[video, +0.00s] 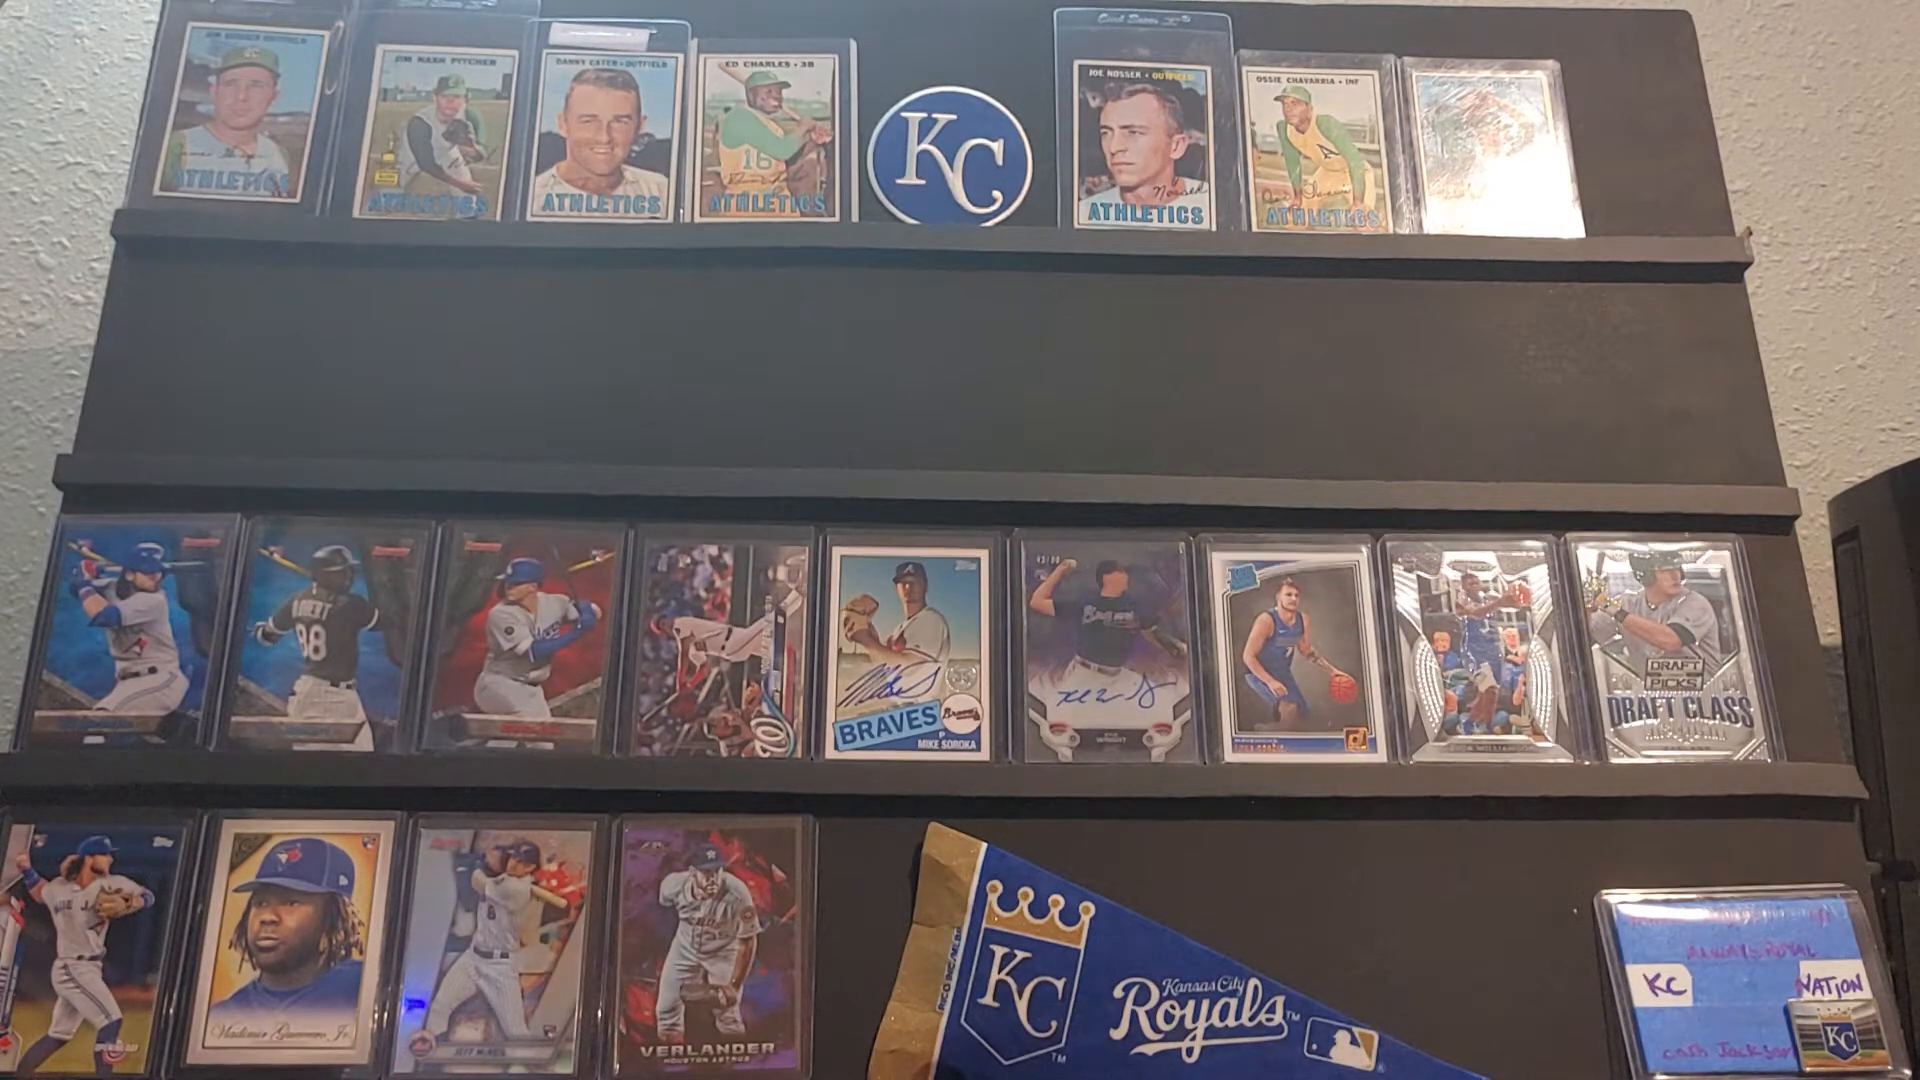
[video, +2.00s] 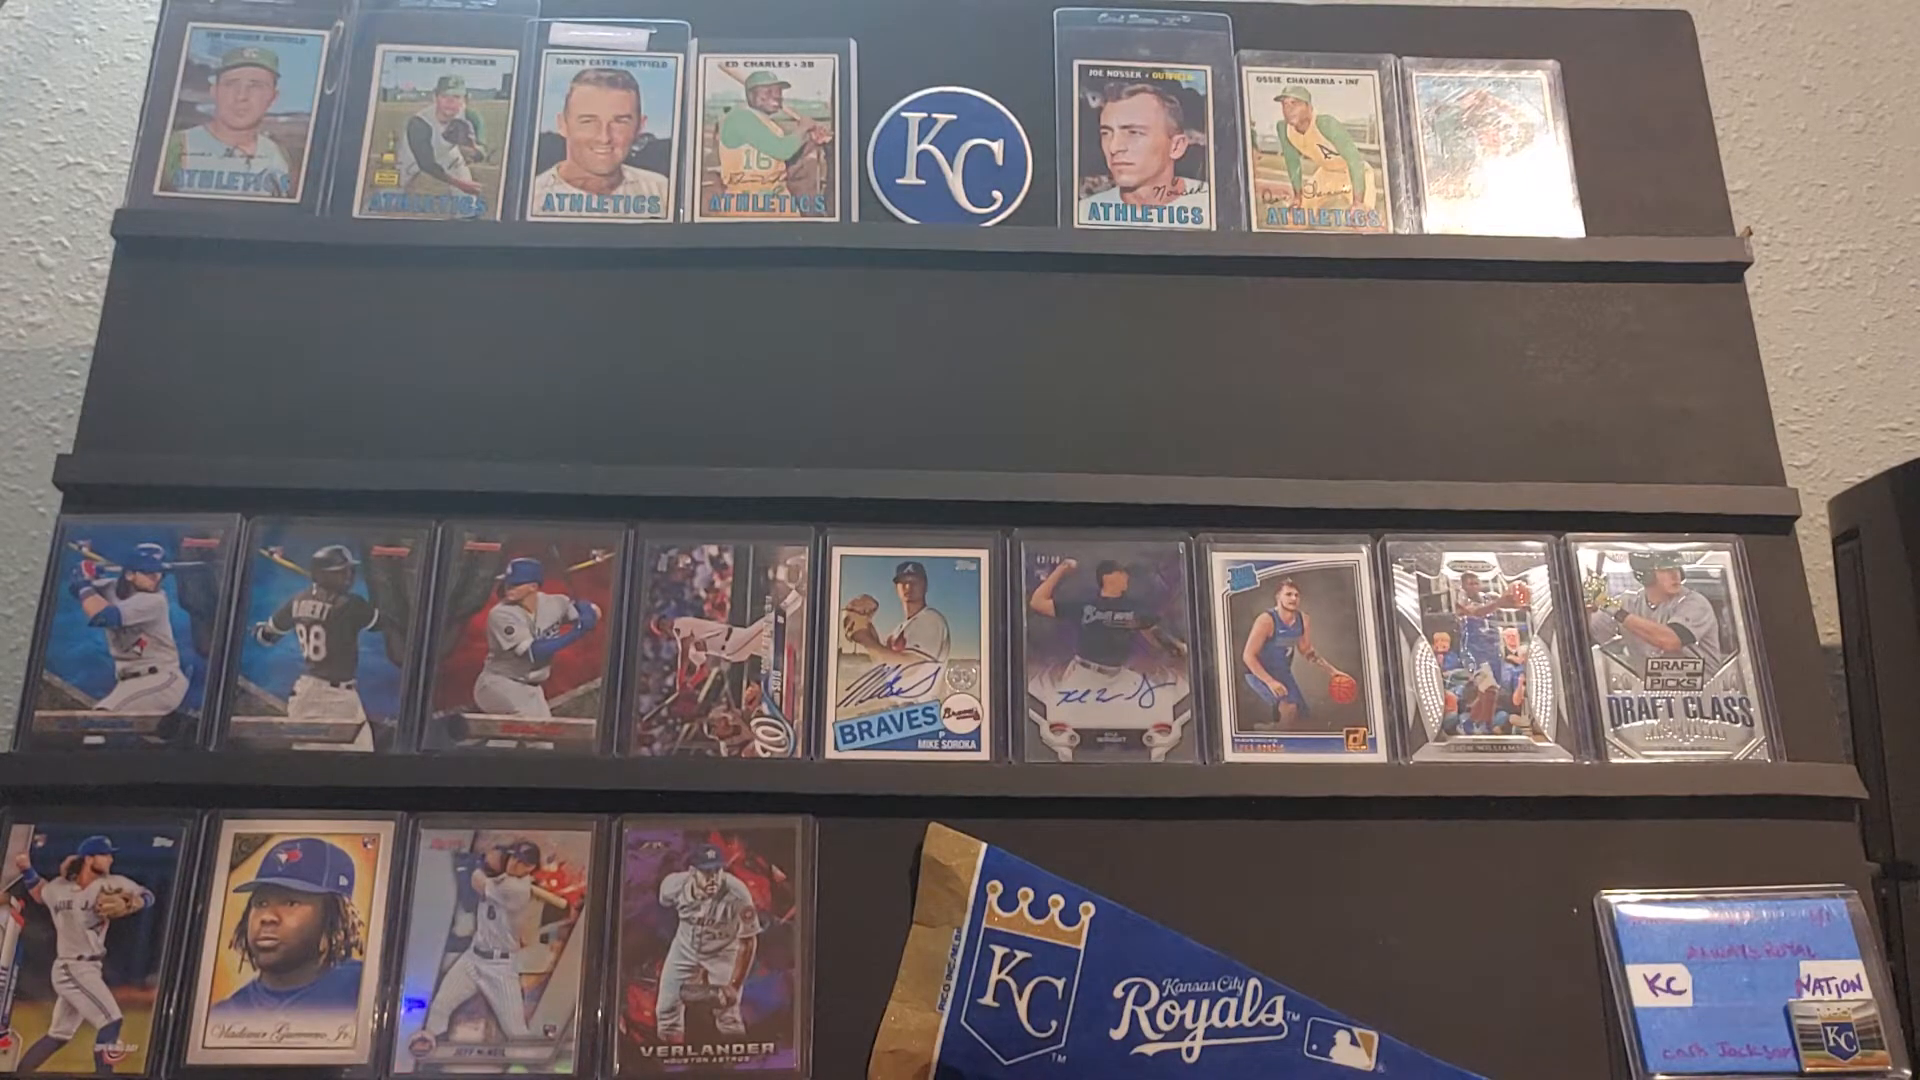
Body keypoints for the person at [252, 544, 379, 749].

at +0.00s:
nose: (350, 577)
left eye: (350, 571)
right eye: (346, 572)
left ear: (320, 574)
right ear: (334, 575)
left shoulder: (299, 601)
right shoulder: (352, 605)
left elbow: (267, 637)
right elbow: (387, 622)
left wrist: (259, 630)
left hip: (305, 693)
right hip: (341, 697)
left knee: (306, 764)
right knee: (361, 765)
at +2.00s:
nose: (350, 577)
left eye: (350, 571)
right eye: (346, 572)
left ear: (320, 575)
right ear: (334, 575)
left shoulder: (299, 601)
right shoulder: (351, 605)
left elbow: (267, 637)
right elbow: (385, 622)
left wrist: (259, 631)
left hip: (306, 694)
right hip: (342, 697)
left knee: (305, 765)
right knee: (360, 766)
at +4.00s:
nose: (352, 576)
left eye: (351, 570)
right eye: (348, 571)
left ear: (320, 574)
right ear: (336, 574)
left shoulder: (298, 601)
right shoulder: (351, 605)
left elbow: (267, 637)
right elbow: (384, 622)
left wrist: (260, 630)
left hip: (305, 692)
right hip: (341, 697)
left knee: (307, 764)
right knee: (359, 765)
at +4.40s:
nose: (351, 577)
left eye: (351, 571)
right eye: (348, 571)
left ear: (320, 574)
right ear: (337, 575)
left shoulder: (300, 600)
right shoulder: (350, 604)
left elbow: (268, 637)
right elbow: (386, 621)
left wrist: (258, 630)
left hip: (305, 693)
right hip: (340, 698)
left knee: (306, 765)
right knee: (359, 767)